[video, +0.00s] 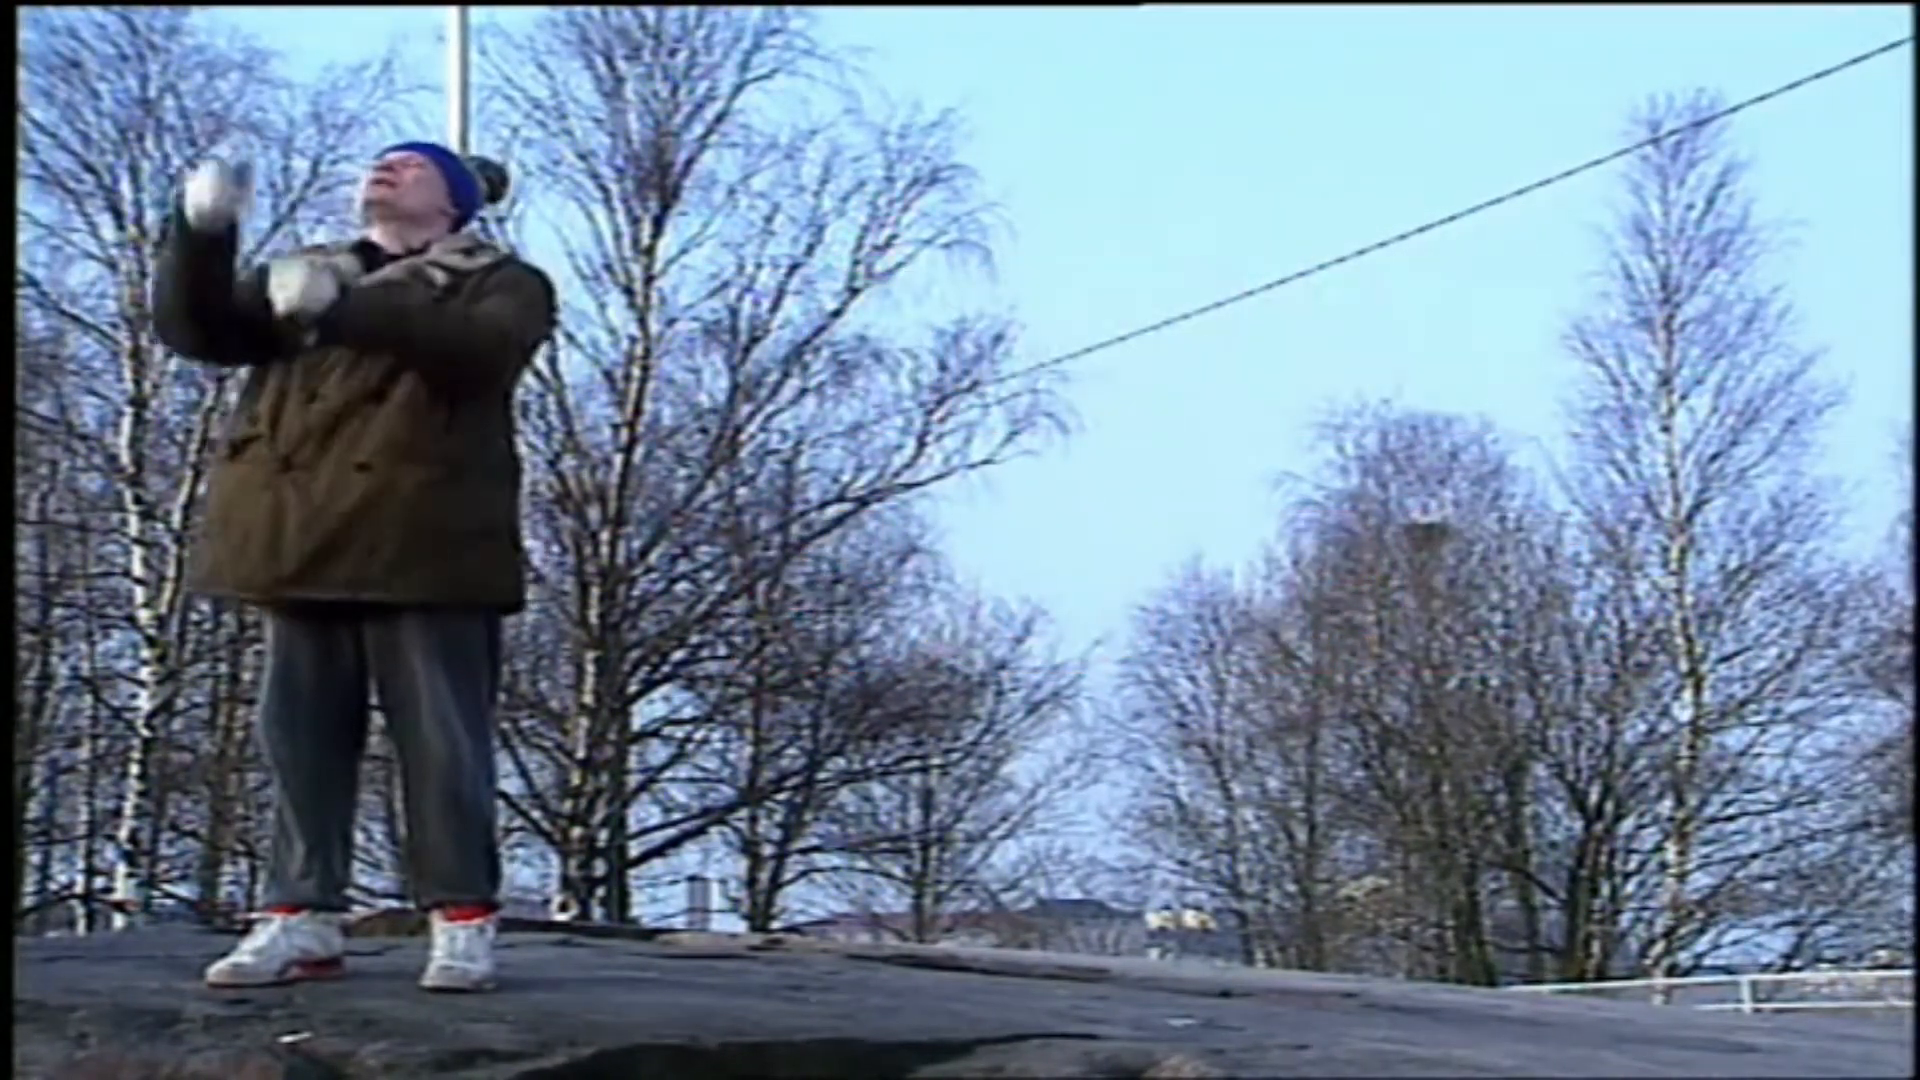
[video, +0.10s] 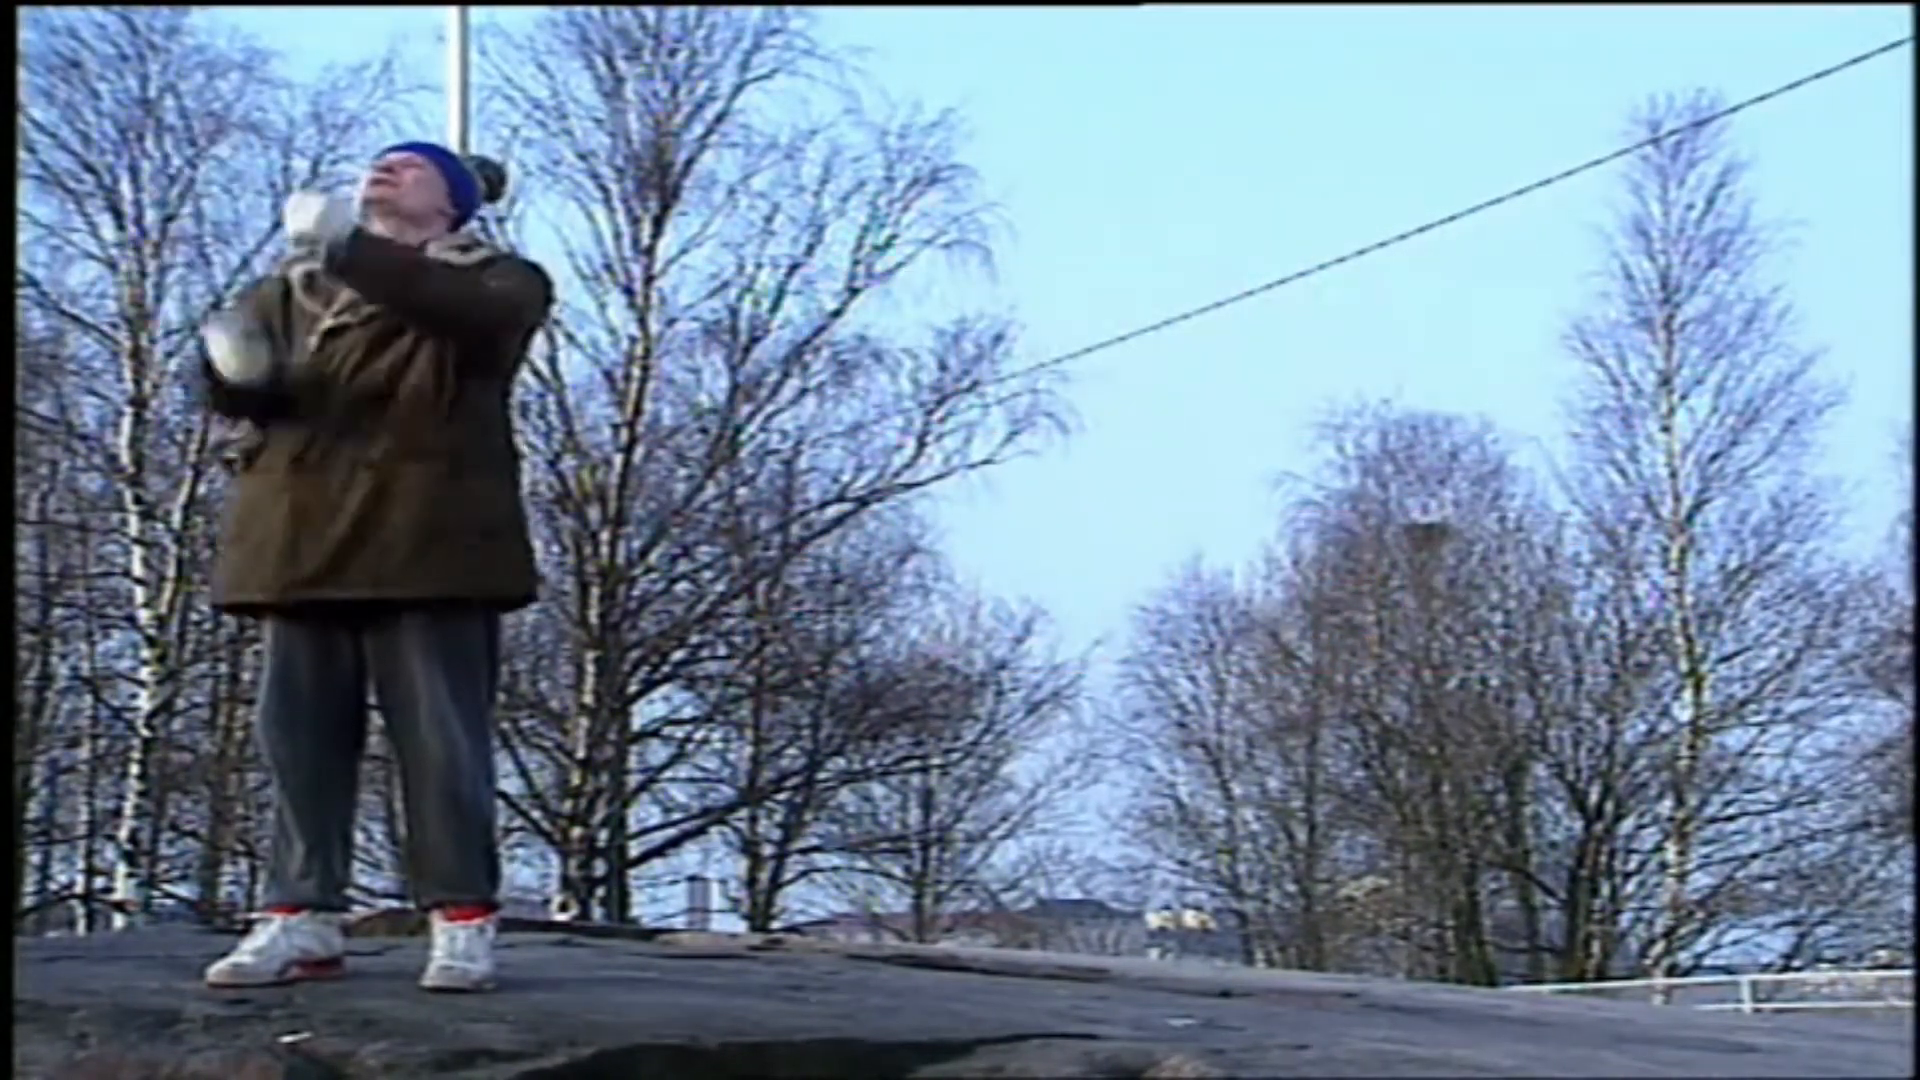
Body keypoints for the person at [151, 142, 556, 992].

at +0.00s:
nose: (381, 173)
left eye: (406, 165)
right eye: (376, 168)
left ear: (455, 205)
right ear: (360, 199)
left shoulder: (504, 280)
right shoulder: (320, 277)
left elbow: (475, 341)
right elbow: (196, 328)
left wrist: (339, 302)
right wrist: (204, 239)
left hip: (432, 548)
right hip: (305, 544)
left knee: (442, 738)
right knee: (300, 734)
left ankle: (461, 918)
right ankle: (305, 918)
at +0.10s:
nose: (380, 174)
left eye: (404, 166)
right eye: (374, 168)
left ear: (454, 204)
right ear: (360, 192)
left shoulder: (498, 276)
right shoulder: (300, 283)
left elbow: (489, 310)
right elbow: (239, 393)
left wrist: (343, 246)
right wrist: (234, 367)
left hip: (432, 543)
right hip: (305, 542)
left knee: (440, 737)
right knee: (300, 734)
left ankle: (461, 919)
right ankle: (305, 918)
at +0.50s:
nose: (376, 174)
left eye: (401, 167)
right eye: (370, 169)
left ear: (450, 204)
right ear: (354, 200)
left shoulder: (503, 279)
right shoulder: (305, 280)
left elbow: (472, 353)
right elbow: (186, 332)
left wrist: (342, 340)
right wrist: (192, 252)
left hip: (435, 559)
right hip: (306, 561)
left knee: (442, 741)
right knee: (299, 738)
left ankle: (463, 919)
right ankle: (305, 918)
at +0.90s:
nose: (375, 177)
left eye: (401, 168)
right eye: (369, 171)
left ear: (452, 204)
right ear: (356, 202)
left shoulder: (502, 282)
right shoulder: (314, 281)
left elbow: (482, 348)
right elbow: (263, 386)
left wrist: (340, 301)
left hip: (429, 550)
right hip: (305, 549)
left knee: (440, 740)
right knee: (299, 737)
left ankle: (461, 918)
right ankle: (306, 918)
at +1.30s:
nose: (382, 178)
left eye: (407, 171)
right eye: (376, 172)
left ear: (453, 207)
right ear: (359, 201)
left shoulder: (503, 279)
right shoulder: (307, 279)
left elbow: (479, 347)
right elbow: (186, 334)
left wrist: (341, 319)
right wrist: (177, 246)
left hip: (437, 555)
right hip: (306, 556)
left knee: (443, 739)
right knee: (299, 735)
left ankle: (462, 919)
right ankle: (306, 918)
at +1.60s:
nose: (383, 172)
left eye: (407, 165)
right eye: (374, 167)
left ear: (456, 204)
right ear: (357, 202)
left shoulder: (505, 282)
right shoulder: (307, 279)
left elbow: (486, 354)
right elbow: (221, 392)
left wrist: (334, 327)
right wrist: (215, 332)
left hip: (435, 550)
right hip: (306, 548)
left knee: (443, 741)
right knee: (301, 738)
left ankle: (462, 918)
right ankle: (306, 918)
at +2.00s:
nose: (380, 172)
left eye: (404, 164)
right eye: (371, 166)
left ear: (451, 195)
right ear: (354, 196)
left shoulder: (508, 284)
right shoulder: (310, 285)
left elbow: (480, 370)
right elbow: (198, 369)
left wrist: (342, 358)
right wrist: (206, 307)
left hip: (435, 556)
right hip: (305, 555)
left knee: (444, 742)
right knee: (301, 738)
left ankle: (463, 919)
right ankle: (307, 918)